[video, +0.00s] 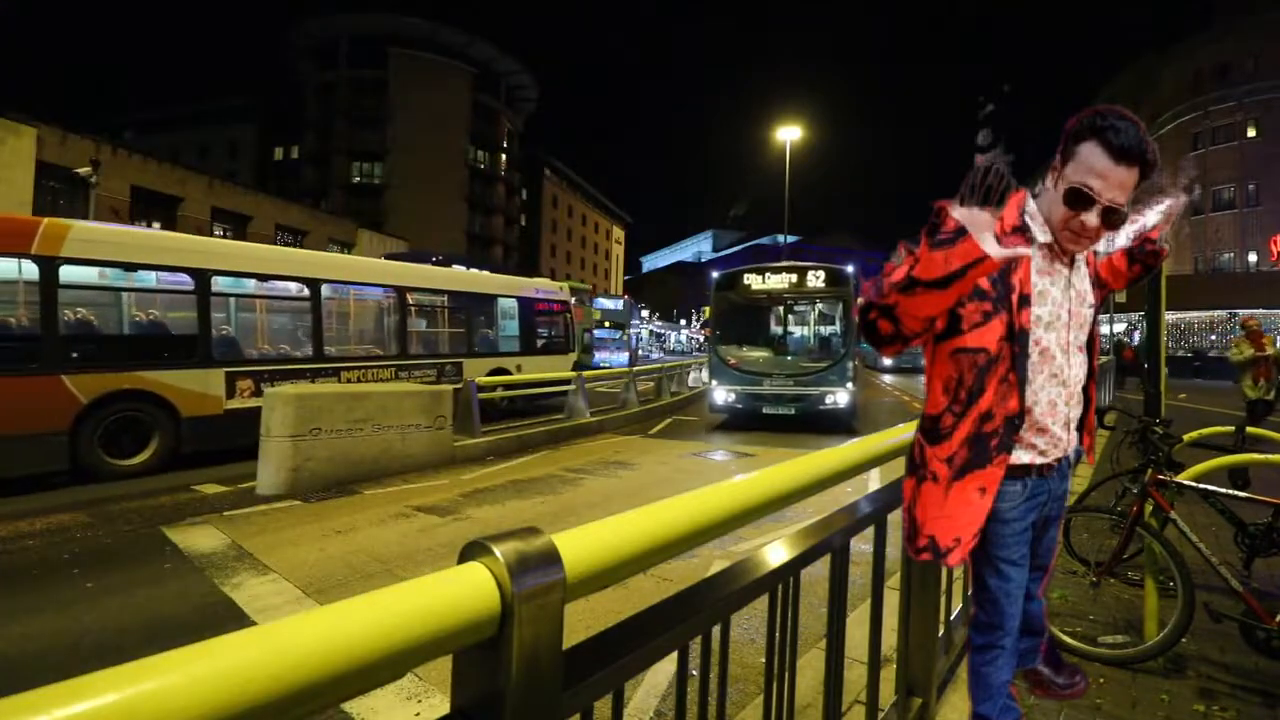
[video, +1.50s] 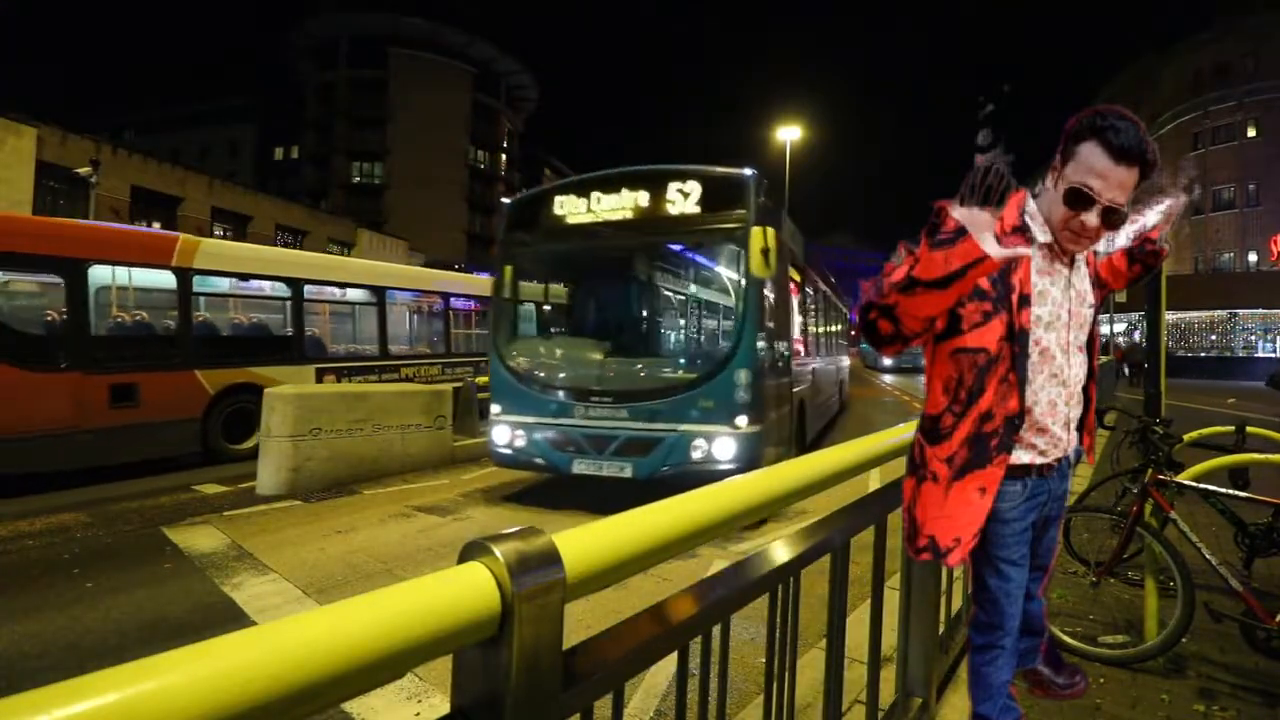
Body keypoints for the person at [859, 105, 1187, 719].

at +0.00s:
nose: (1089, 222)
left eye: (1110, 212)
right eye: (1079, 198)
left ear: (1123, 212)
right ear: (1052, 172)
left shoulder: (1083, 264)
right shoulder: (986, 243)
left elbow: (1107, 276)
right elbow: (882, 328)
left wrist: (1150, 241)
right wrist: (960, 245)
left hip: (1057, 467)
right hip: (1000, 476)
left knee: (1034, 582)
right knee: (1000, 614)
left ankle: (1027, 659)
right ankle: (993, 710)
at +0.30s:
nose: (1089, 222)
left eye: (1110, 211)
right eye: (1079, 198)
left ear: (1123, 211)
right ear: (1052, 172)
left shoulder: (1085, 264)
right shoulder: (985, 243)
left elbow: (1117, 270)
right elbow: (882, 328)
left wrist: (1153, 240)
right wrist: (961, 246)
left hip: (1057, 467)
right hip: (1000, 475)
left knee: (1034, 582)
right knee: (1000, 612)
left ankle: (1027, 660)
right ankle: (994, 710)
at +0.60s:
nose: (1089, 222)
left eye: (1110, 211)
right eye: (1079, 198)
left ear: (1124, 211)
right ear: (1052, 172)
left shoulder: (1085, 264)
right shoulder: (985, 242)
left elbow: (1115, 271)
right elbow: (884, 327)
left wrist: (1152, 241)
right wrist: (962, 245)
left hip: (1057, 467)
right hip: (1000, 475)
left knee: (1034, 582)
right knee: (1000, 611)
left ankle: (1027, 660)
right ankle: (993, 709)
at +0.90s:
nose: (1089, 222)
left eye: (1110, 211)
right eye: (1079, 198)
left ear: (1123, 211)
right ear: (1052, 172)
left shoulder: (1085, 264)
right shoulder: (985, 242)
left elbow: (1116, 271)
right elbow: (883, 328)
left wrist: (1152, 240)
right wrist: (962, 245)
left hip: (1057, 467)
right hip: (1000, 475)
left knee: (1034, 582)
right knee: (1000, 611)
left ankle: (1028, 659)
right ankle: (994, 709)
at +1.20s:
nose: (1089, 222)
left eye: (1110, 212)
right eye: (1079, 198)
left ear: (1123, 211)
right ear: (1052, 172)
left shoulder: (1085, 264)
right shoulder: (985, 242)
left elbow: (1116, 270)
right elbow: (882, 328)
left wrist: (1152, 240)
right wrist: (962, 245)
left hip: (1057, 467)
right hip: (1000, 475)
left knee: (1034, 582)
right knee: (1000, 610)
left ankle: (1027, 659)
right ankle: (993, 709)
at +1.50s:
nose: (1089, 222)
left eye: (1109, 212)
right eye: (1079, 198)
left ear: (1123, 211)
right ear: (1052, 172)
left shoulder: (1084, 265)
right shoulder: (985, 242)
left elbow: (1113, 272)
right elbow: (882, 328)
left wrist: (1152, 240)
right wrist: (962, 246)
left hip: (1057, 467)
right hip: (1000, 475)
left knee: (1034, 581)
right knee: (1000, 611)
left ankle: (1028, 659)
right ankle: (993, 709)